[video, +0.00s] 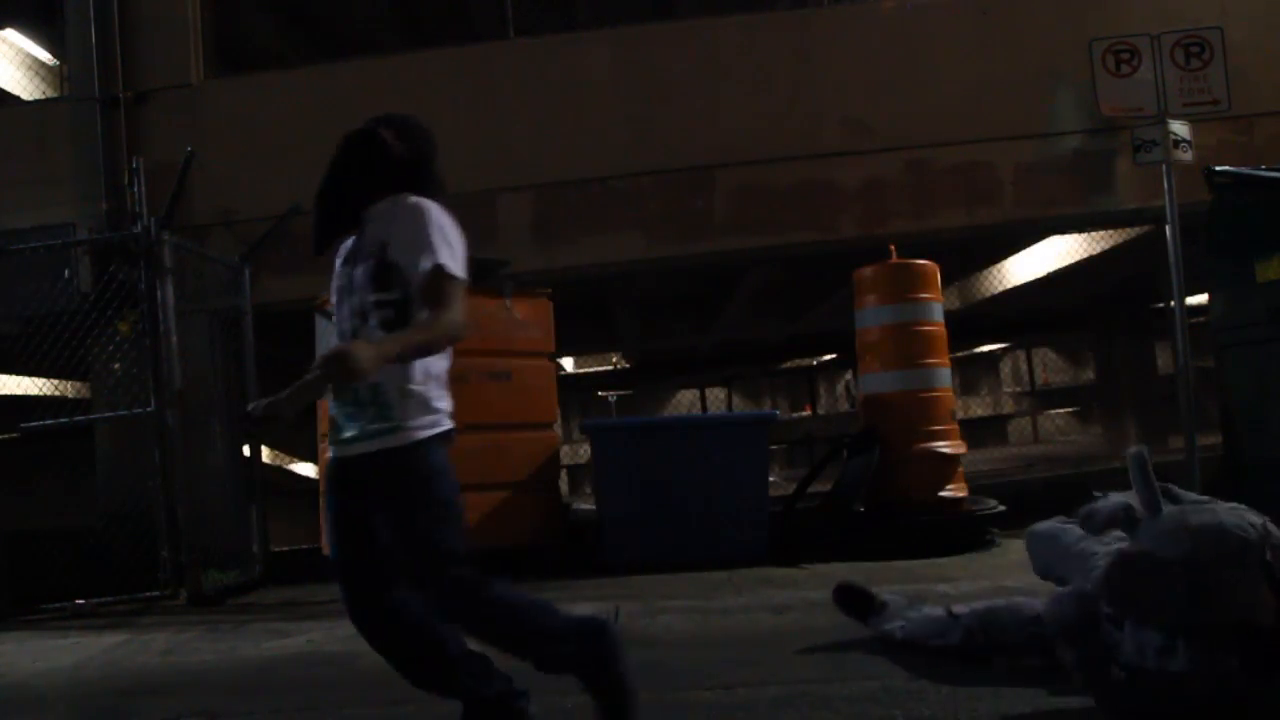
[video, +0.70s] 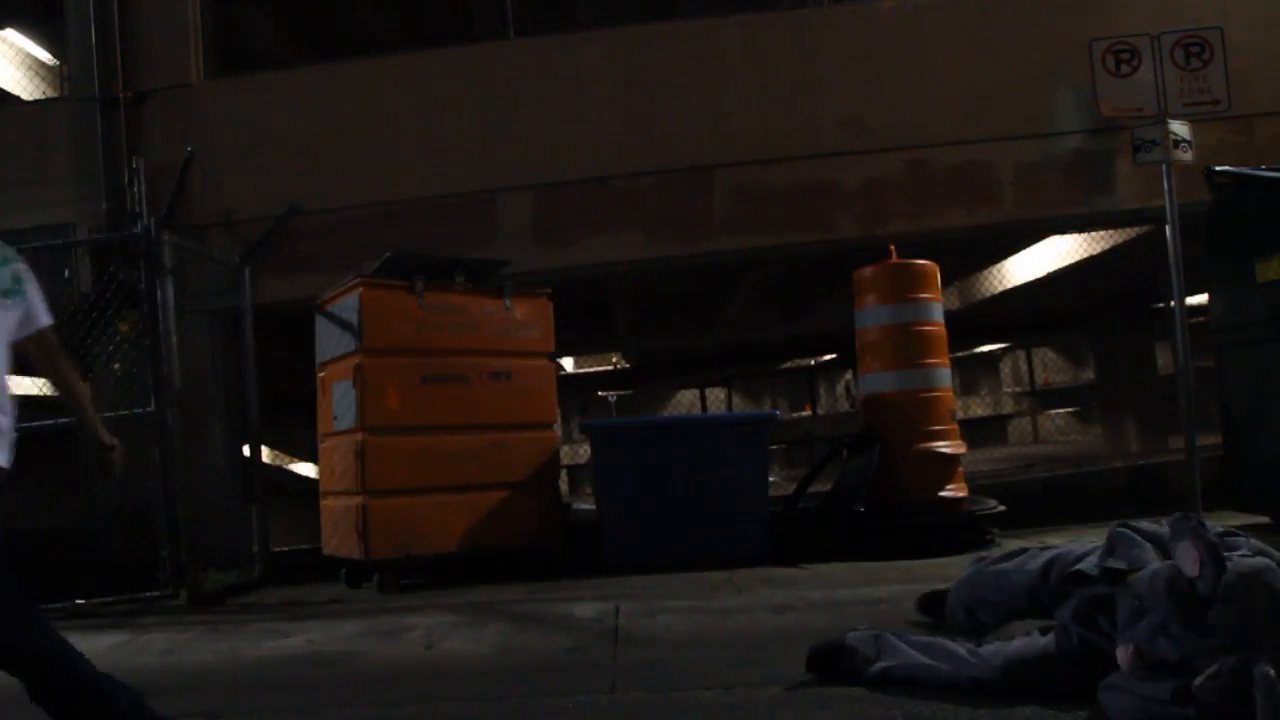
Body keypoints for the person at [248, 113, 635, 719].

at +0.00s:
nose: (338, 171)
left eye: (352, 156)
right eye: (345, 157)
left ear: (382, 159)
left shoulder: (418, 217)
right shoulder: (351, 248)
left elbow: (448, 318)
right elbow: (348, 352)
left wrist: (379, 351)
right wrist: (288, 401)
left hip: (411, 447)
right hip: (356, 454)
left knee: (440, 584)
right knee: (374, 604)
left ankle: (585, 647)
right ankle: (487, 698)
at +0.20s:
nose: (235, 159)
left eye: (246, 145)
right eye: (241, 144)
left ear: (265, 153)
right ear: (308, 159)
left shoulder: (281, 209)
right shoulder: (309, 217)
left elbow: (303, 326)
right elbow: (320, 340)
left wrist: (238, 422)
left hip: (285, 435)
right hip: (306, 435)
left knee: (189, 584)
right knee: (336, 579)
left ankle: (298, 707)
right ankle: (472, 688)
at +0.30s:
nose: (171, 161)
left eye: (181, 148)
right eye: (178, 147)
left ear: (198, 158)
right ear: (246, 165)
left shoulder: (199, 217)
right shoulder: (258, 234)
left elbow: (227, 330)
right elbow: (259, 346)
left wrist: (183, 437)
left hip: (192, 453)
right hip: (242, 456)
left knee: (104, 604)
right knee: (295, 584)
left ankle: (155, 717)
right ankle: (436, 682)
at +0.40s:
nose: (104, 165)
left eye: (113, 155)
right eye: (111, 154)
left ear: (124, 166)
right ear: (181, 173)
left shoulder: (118, 229)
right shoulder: (202, 253)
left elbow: (127, 345)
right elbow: (190, 369)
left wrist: (80, 454)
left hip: (119, 478)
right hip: (180, 478)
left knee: (65, 624)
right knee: (204, 605)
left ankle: (143, 718)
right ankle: (359, 677)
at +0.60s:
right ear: (37, 171)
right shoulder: (76, 256)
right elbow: (101, 362)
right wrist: (127, 441)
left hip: (16, 458)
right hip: (64, 462)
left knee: (27, 630)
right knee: (30, 625)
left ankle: (137, 714)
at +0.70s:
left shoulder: (10, 267)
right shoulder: (11, 267)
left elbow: (50, 355)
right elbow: (50, 356)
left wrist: (96, 429)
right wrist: (97, 429)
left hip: (3, 462)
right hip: (5, 463)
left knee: (12, 616)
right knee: (13, 615)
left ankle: (100, 703)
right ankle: (102, 702)